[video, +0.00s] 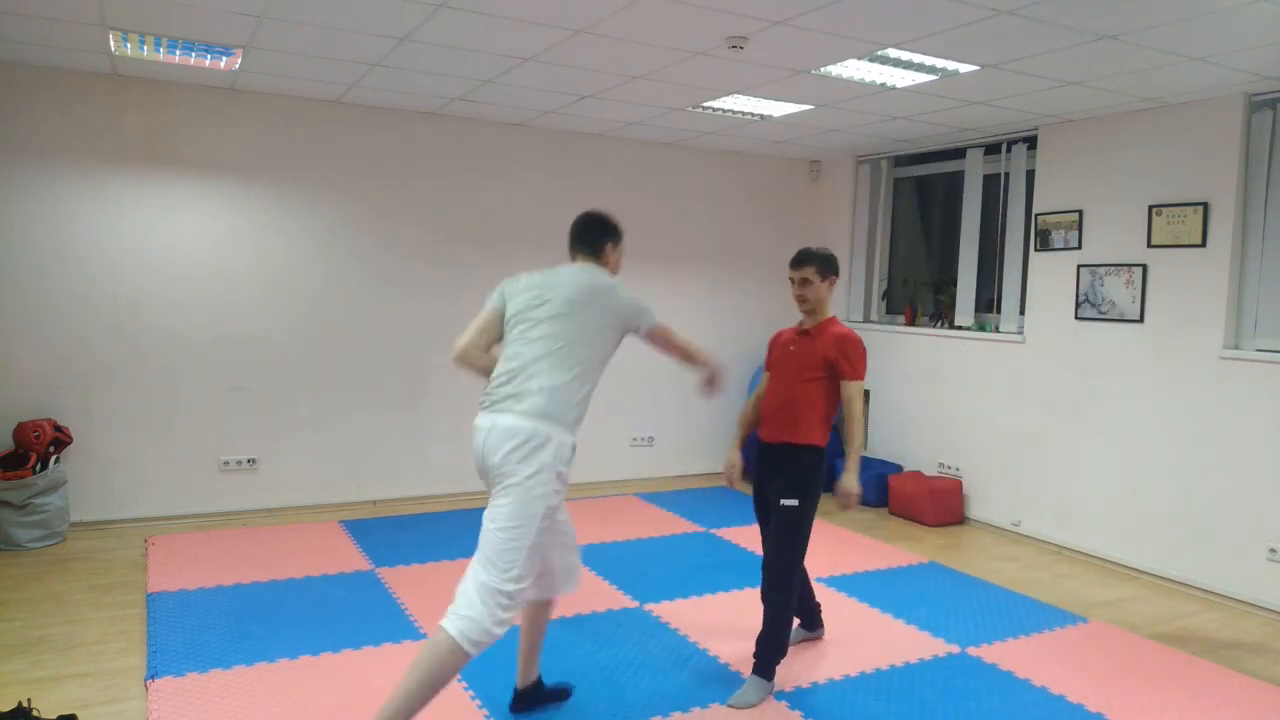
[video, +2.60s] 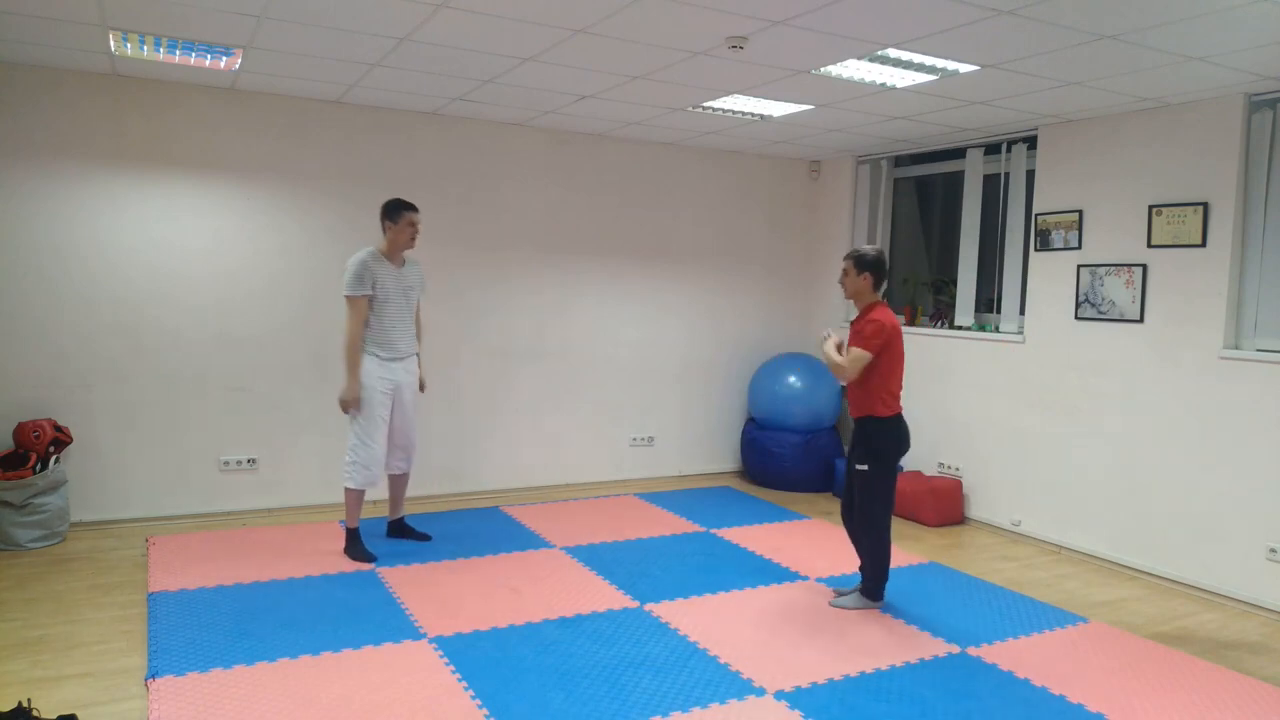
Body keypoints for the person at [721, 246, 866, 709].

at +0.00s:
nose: (799, 291)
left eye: (807, 282)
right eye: (794, 283)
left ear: (830, 284)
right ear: (790, 285)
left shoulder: (844, 342)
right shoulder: (781, 339)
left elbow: (854, 408)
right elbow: (761, 395)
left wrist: (851, 470)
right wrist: (736, 445)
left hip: (804, 460)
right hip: (764, 455)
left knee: (779, 564)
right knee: (780, 551)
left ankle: (763, 673)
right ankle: (810, 619)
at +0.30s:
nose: (835, 289)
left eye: (843, 283)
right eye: (834, 283)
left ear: (868, 288)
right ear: (834, 287)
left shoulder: (878, 342)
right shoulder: (817, 338)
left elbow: (873, 408)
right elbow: (793, 389)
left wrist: (833, 453)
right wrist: (765, 436)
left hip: (824, 449)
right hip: (788, 442)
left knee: (802, 546)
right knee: (785, 545)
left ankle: (820, 629)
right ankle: (809, 623)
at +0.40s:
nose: (846, 288)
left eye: (855, 281)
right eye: (846, 281)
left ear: (879, 288)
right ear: (847, 286)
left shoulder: (889, 341)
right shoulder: (833, 338)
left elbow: (888, 407)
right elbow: (807, 392)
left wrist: (856, 456)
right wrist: (774, 436)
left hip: (835, 447)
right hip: (799, 442)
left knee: (815, 543)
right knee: (792, 541)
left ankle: (869, 595)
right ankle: (811, 625)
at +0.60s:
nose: (868, 284)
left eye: (877, 278)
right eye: (868, 278)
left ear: (900, 287)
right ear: (869, 285)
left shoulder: (912, 345)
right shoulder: (857, 337)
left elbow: (913, 412)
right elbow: (841, 395)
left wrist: (900, 471)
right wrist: (810, 445)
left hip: (865, 456)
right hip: (826, 448)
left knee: (879, 544)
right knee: (806, 538)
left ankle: (935, 614)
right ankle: (812, 624)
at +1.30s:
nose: (845, 287)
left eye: (850, 281)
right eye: (846, 281)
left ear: (873, 284)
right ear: (868, 285)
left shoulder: (892, 329)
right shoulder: (866, 328)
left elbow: (871, 386)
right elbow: (839, 374)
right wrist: (807, 410)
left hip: (892, 440)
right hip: (868, 437)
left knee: (887, 525)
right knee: (856, 518)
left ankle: (932, 612)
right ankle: (868, 587)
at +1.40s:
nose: (840, 289)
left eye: (845, 282)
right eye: (840, 282)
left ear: (868, 284)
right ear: (864, 286)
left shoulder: (888, 327)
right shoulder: (861, 326)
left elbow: (843, 365)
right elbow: (824, 358)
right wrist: (776, 377)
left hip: (895, 436)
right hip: (871, 433)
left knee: (874, 518)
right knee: (856, 515)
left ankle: (913, 603)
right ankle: (868, 588)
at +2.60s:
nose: (841, 281)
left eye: (846, 274)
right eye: (842, 274)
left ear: (867, 279)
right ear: (865, 280)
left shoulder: (879, 321)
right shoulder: (865, 319)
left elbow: (847, 372)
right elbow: (848, 369)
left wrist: (829, 351)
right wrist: (837, 351)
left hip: (882, 429)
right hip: (868, 427)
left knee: (872, 513)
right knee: (851, 509)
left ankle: (873, 592)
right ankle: (870, 579)